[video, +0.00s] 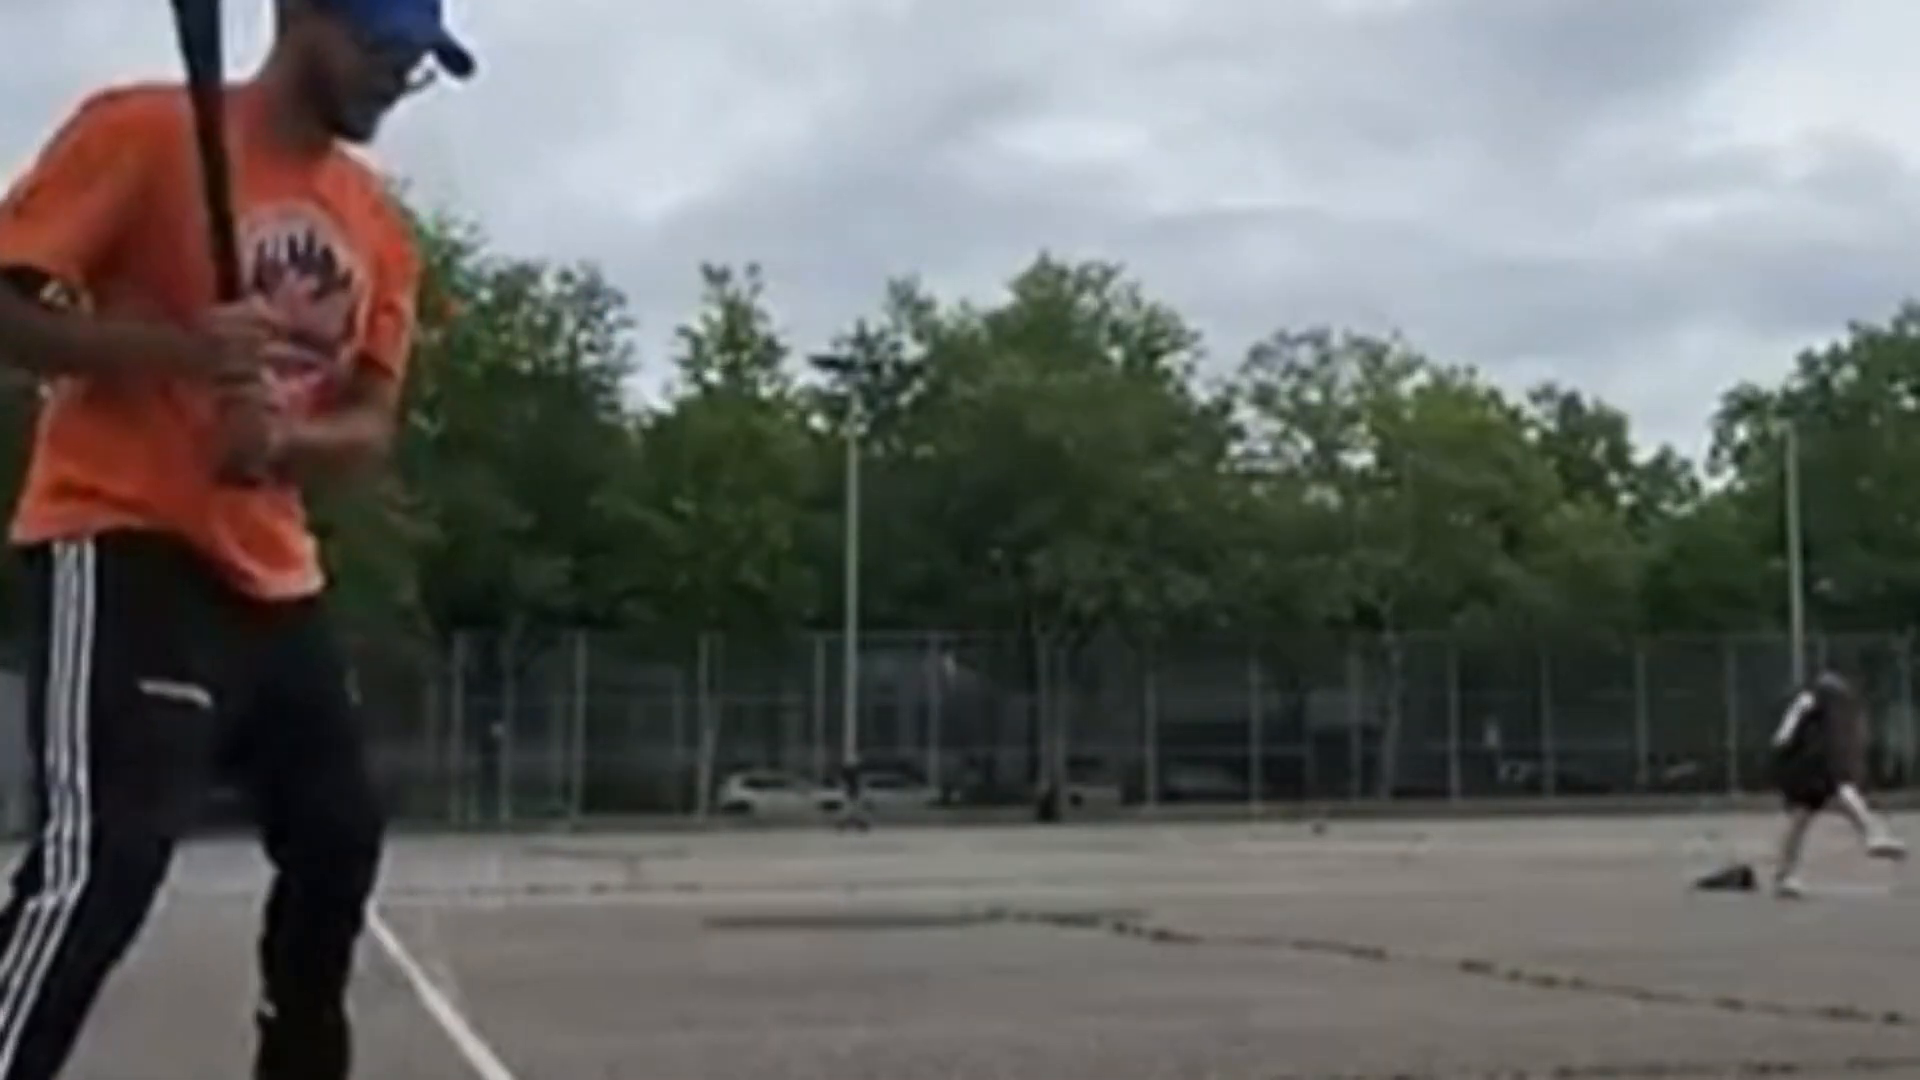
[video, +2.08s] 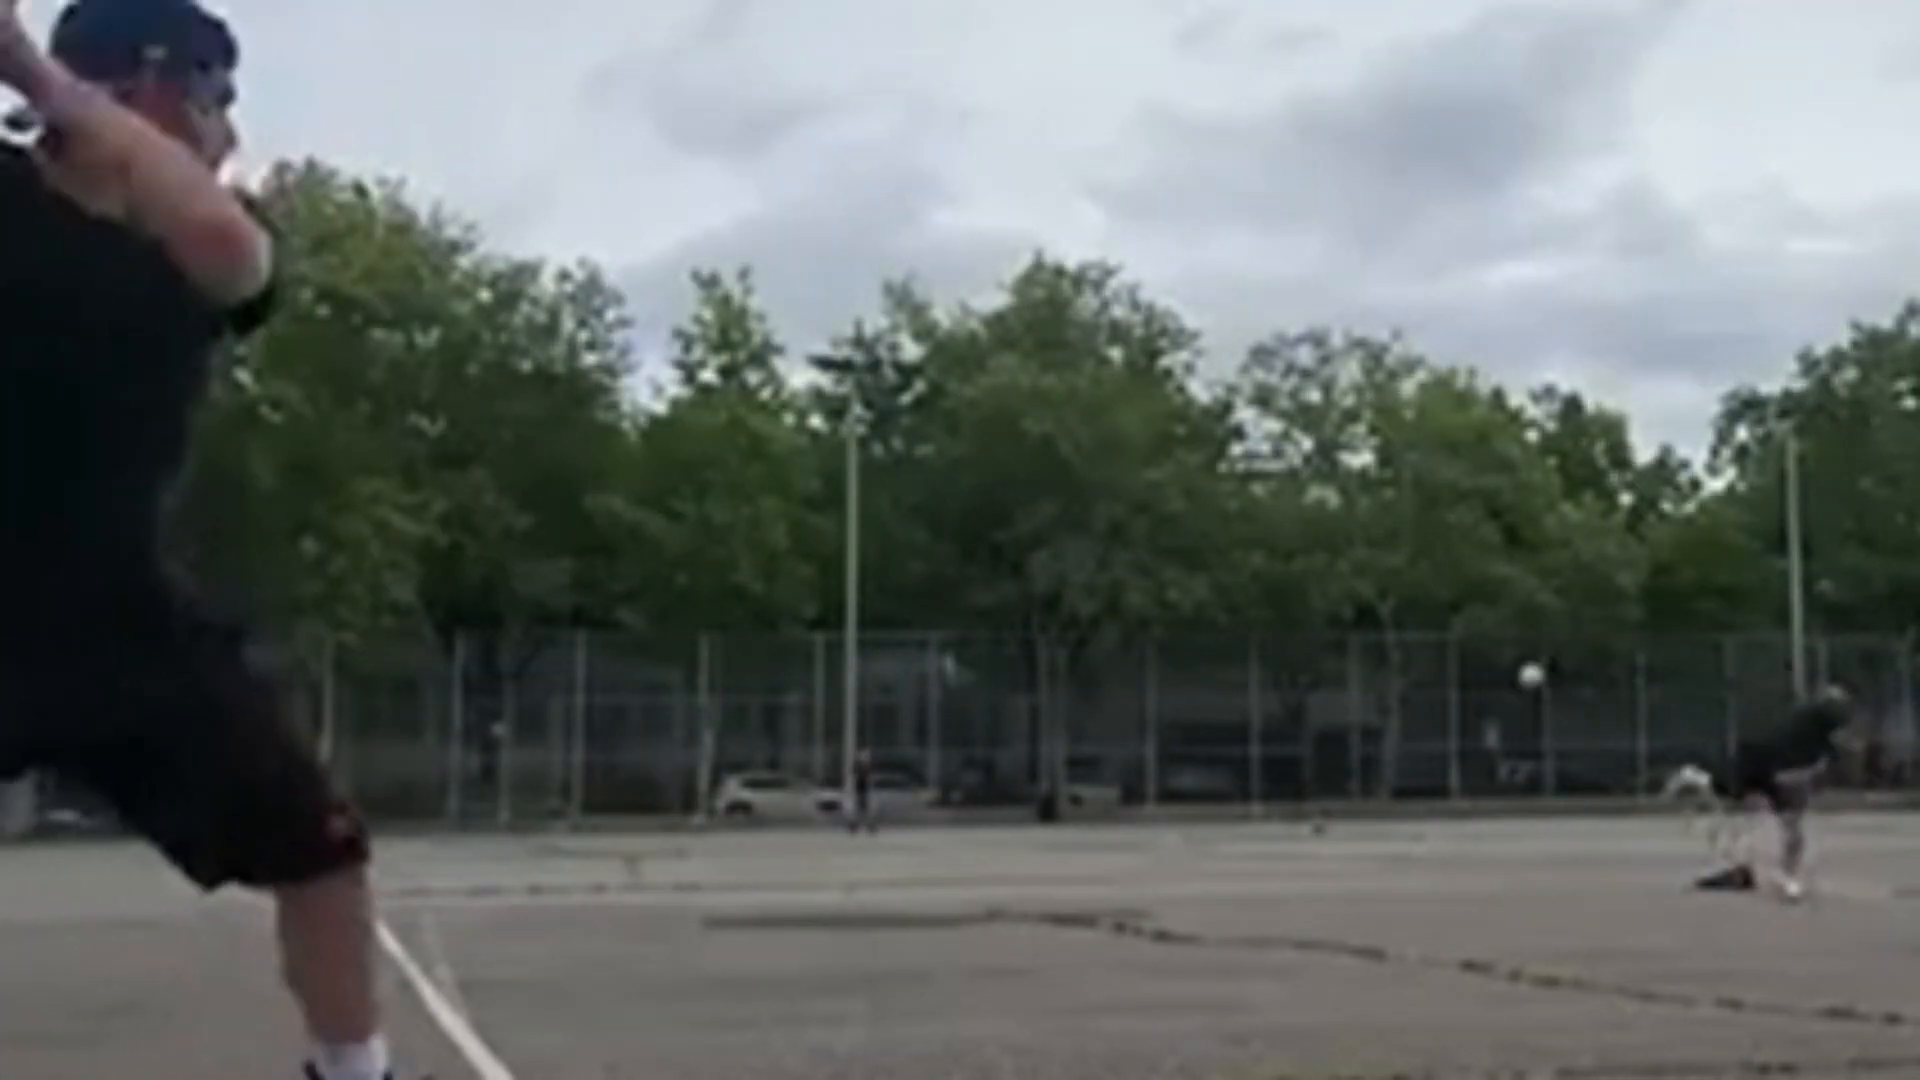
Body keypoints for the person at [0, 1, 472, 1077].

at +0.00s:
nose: (401, 74)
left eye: (414, 55)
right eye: (382, 43)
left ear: (412, 61)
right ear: (303, 20)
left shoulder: (381, 229)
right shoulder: (143, 132)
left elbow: (376, 423)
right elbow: (7, 308)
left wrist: (290, 441)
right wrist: (178, 346)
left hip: (268, 559)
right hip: (117, 531)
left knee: (336, 832)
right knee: (98, 861)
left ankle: (300, 1054)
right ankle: (14, 1058)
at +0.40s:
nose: (489, 147)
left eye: (501, 128)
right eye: (479, 116)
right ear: (406, 85)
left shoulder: (420, 278)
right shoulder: (252, 173)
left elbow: (385, 442)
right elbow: (101, 347)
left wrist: (372, 516)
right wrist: (308, 459)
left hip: (306, 606)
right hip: (174, 571)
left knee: (363, 871)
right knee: (116, 872)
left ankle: (306, 1063)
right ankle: (15, 1060)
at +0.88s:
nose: (503, 137)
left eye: (514, 121)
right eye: (493, 108)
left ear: (450, 101)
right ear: (420, 71)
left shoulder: (436, 294)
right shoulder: (275, 148)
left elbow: (426, 474)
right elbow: (133, 308)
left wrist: (476, 659)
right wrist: (197, 511)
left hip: (318, 602)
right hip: (186, 562)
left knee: (299, 867)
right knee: (131, 853)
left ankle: (273, 1049)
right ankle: (33, 1058)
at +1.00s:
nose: (527, 157)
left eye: (538, 142)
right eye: (515, 125)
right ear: (441, 86)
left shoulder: (451, 316)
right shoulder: (282, 148)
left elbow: (448, 498)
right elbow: (109, 276)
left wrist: (501, 683)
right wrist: (93, 486)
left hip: (300, 602)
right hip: (170, 555)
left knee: (287, 876)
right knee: (112, 852)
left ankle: (262, 1040)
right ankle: (26, 1056)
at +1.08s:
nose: (194, 49)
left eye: (191, 26)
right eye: (171, 21)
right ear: (100, 25)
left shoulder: (176, 163)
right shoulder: (20, 149)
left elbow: (294, 35)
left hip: (156, 572)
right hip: (30, 575)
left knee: (196, 894)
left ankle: (212, 1066)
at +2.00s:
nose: (194, 92)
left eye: (194, 68)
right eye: (184, 64)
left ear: (176, 86)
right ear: (112, 62)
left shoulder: (176, 222)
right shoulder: (12, 174)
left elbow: (260, 160)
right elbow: (261, 161)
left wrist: (127, 28)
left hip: (100, 589)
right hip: (28, 590)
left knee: (304, 831)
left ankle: (311, 1059)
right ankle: (310, 1055)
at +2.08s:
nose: (228, 137)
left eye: (227, 110)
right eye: (216, 106)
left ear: (141, 99)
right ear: (147, 93)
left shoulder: (208, 249)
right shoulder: (9, 190)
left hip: (98, 611)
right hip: (43, 611)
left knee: (319, 848)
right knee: (315, 848)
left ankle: (349, 1060)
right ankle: (348, 1059)